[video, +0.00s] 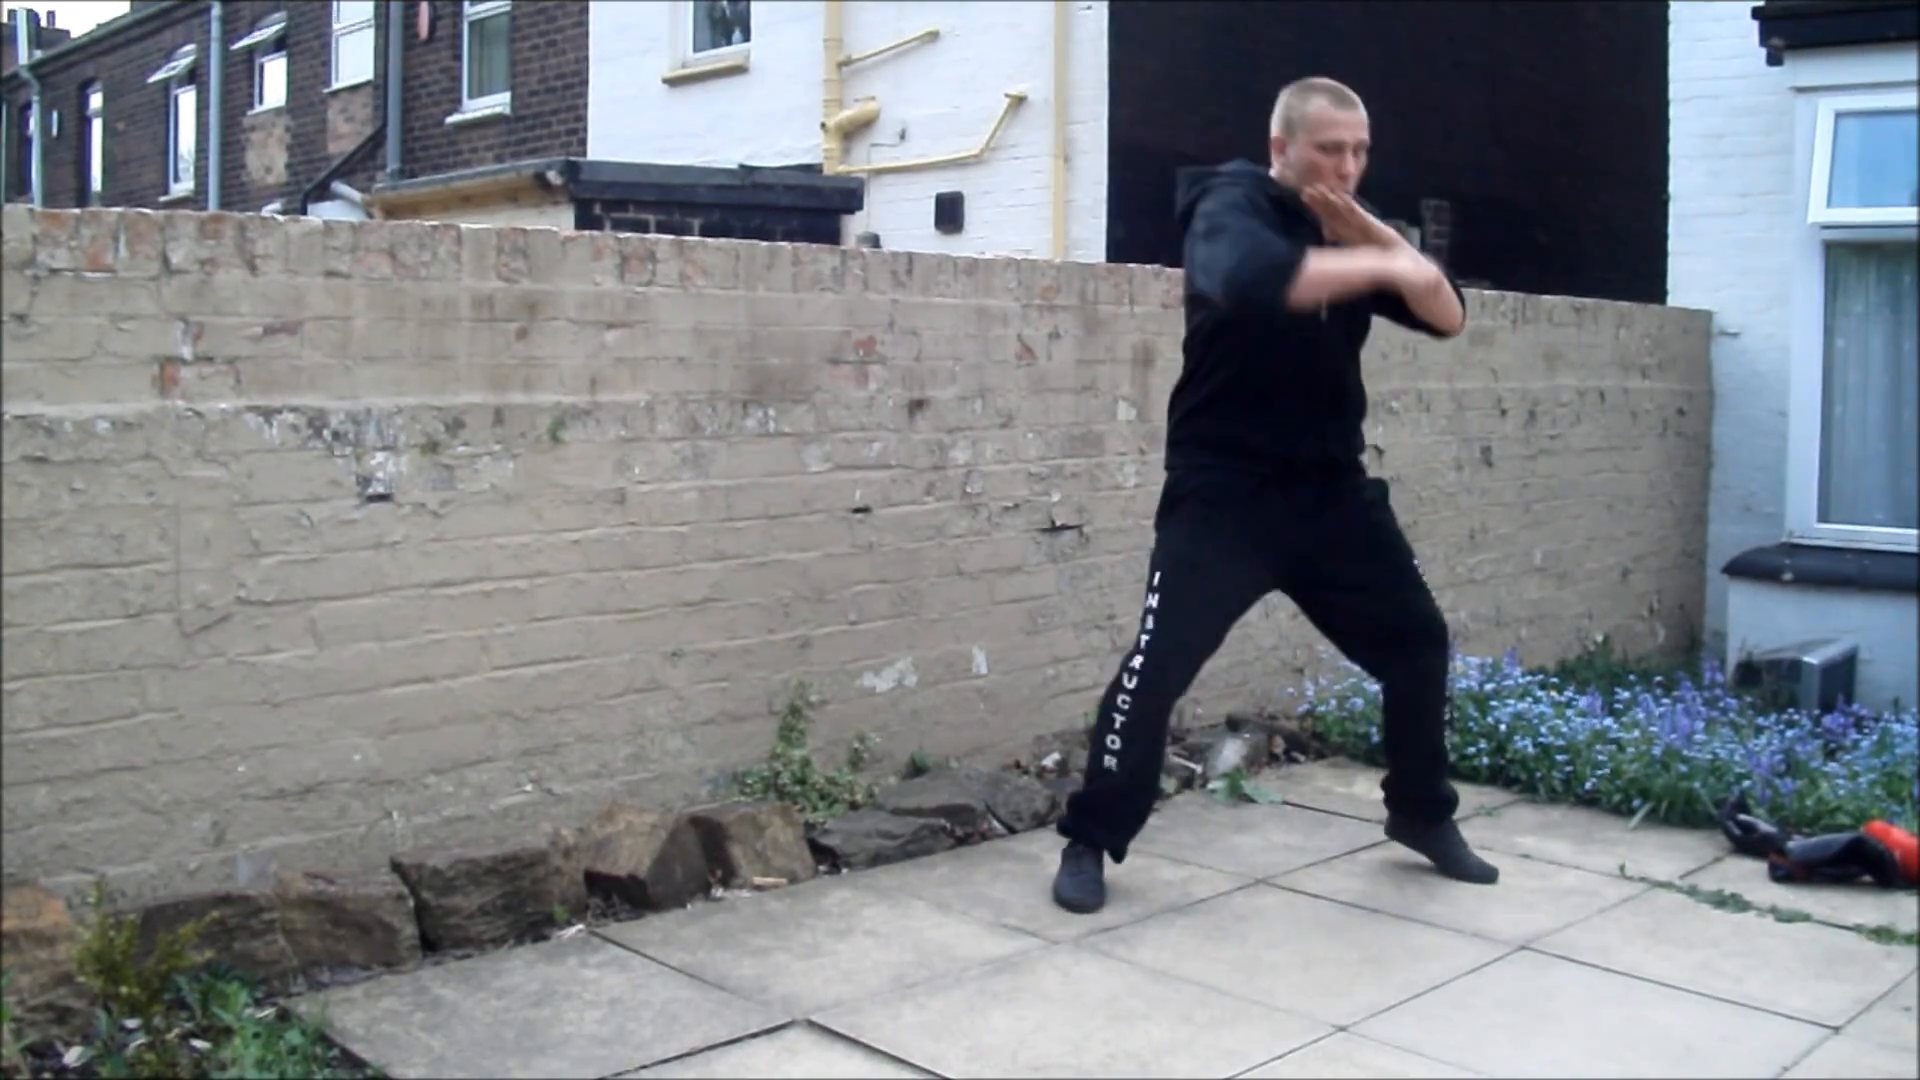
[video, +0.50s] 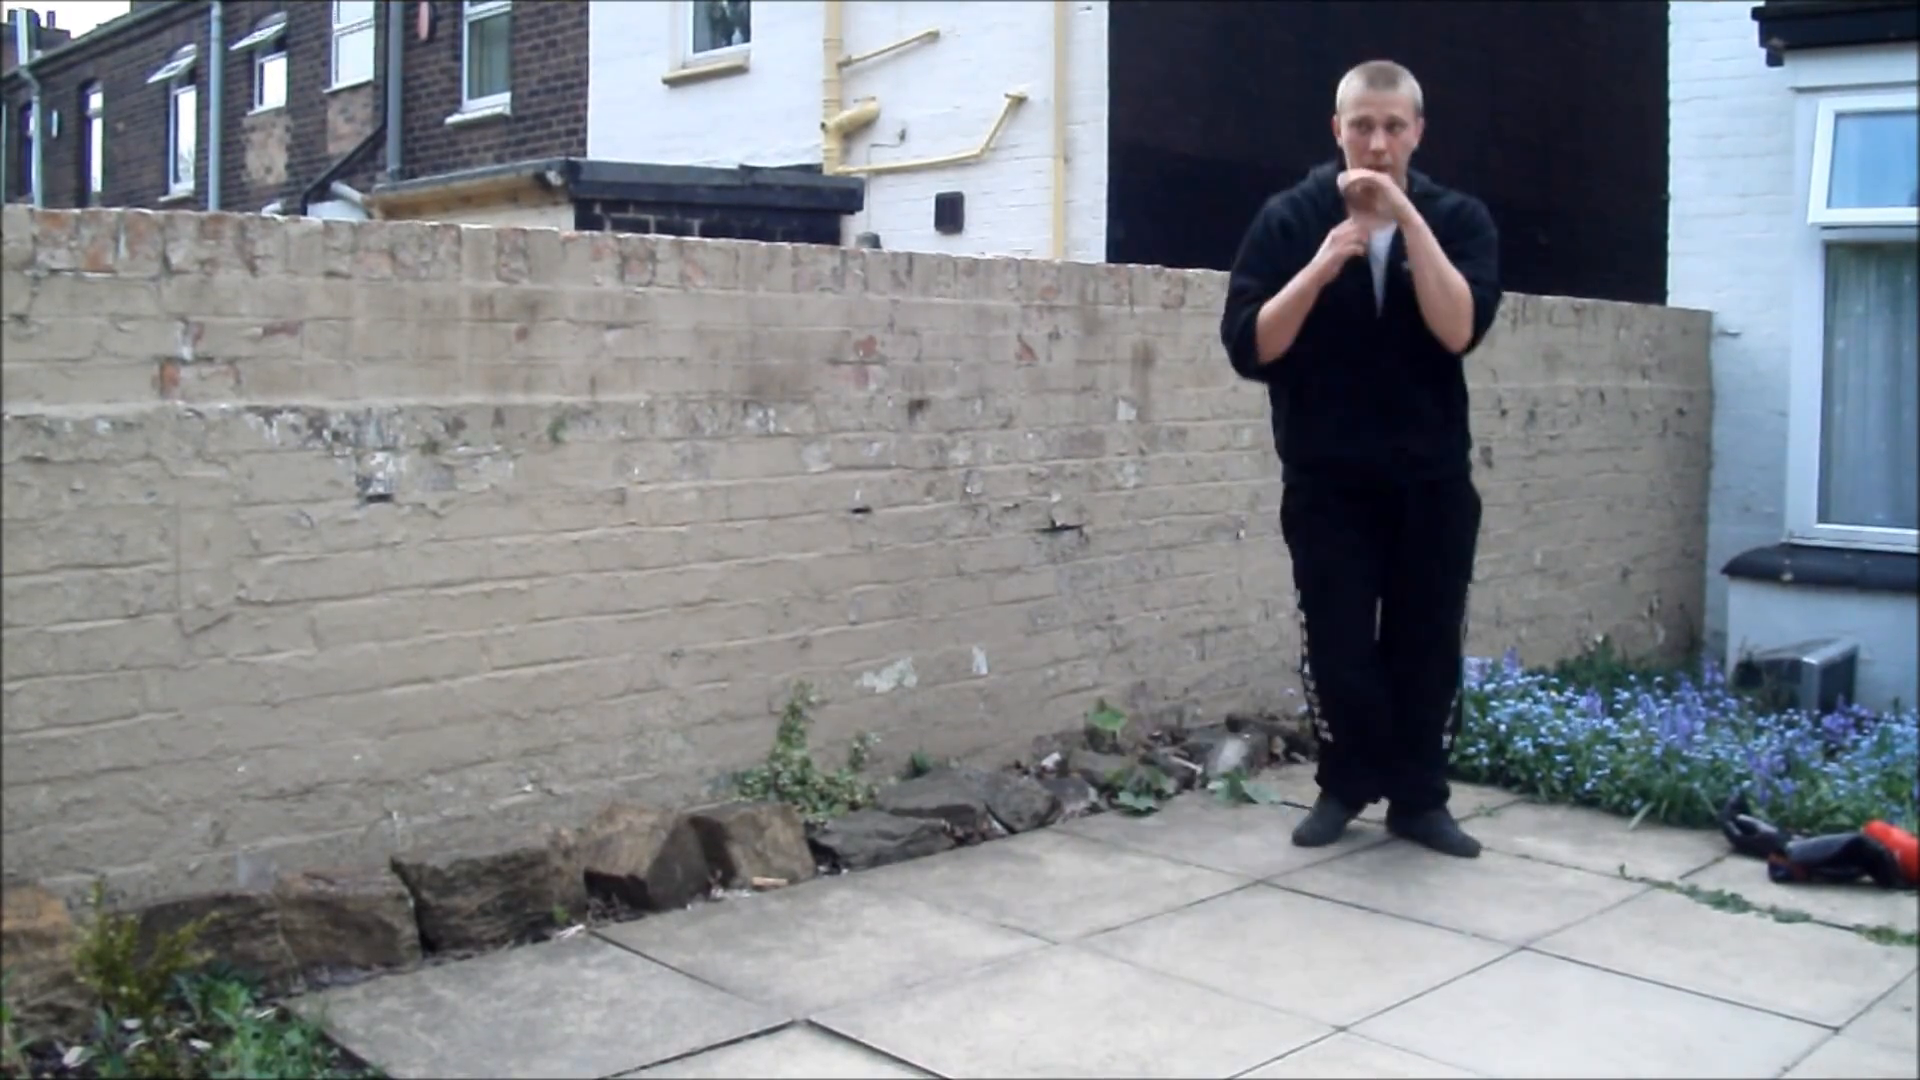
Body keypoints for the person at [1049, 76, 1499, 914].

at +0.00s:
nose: (1347, 167)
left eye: (1358, 154)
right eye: (1331, 152)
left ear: (1364, 155)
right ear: (1280, 146)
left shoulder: (1361, 229)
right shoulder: (1235, 201)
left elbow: (1448, 320)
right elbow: (1239, 277)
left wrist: (1360, 228)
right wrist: (1388, 263)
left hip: (1329, 493)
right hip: (1222, 493)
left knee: (1418, 642)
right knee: (1156, 665)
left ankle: (1420, 814)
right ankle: (1090, 841)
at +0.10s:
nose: (1389, 215)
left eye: (1402, 200)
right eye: (1373, 198)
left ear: (1411, 198)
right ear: (1327, 190)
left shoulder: (1394, 266)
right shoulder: (1262, 255)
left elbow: (1475, 362)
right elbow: (1231, 393)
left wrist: (1416, 277)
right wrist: (1352, 373)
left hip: (1351, 515)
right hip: (1246, 519)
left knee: (1427, 658)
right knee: (1180, 676)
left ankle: (1409, 831)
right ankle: (1094, 845)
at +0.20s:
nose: (1394, 183)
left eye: (1409, 169)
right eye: (1377, 167)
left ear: (1426, 166)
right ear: (1340, 158)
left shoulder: (1433, 224)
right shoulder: (1279, 228)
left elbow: (1482, 343)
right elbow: (1226, 369)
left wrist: (1422, 251)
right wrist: (1339, 323)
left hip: (1394, 497)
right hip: (1281, 498)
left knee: (1444, 657)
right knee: (1217, 662)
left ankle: (1415, 829)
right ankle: (1124, 837)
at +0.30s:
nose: (1387, 122)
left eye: (1402, 106)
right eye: (1371, 105)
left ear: (1420, 105)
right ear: (1336, 101)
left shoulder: (1446, 174)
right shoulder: (1281, 176)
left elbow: (1468, 300)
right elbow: (1241, 319)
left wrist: (1408, 200)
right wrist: (1339, 254)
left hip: (1405, 444)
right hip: (1295, 439)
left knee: (1423, 634)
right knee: (1259, 621)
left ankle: (1428, 806)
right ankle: (1227, 796)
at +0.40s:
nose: (1377, 111)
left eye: (1394, 97)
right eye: (1363, 96)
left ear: (1416, 99)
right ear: (1332, 96)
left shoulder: (1449, 170)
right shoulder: (1283, 168)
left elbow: (1461, 294)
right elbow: (1252, 306)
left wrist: (1402, 186)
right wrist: (1328, 235)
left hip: (1418, 433)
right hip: (1309, 433)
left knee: (1419, 615)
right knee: (1308, 615)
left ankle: (1421, 786)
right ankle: (1313, 778)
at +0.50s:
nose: (1378, 142)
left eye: (1394, 127)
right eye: (1364, 126)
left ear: (1419, 132)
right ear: (1337, 130)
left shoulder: (1458, 221)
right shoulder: (1285, 221)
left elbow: (1459, 331)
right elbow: (1249, 349)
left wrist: (1407, 217)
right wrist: (1318, 270)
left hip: (1430, 474)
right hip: (1324, 473)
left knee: (1428, 636)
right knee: (1337, 637)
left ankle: (1419, 801)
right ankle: (1342, 789)